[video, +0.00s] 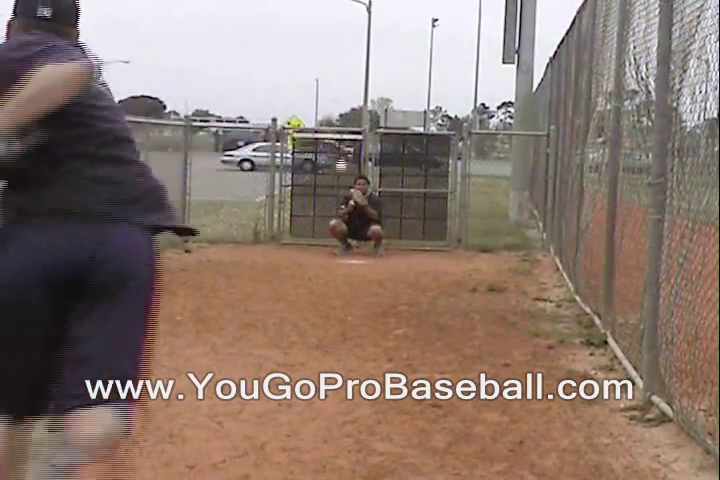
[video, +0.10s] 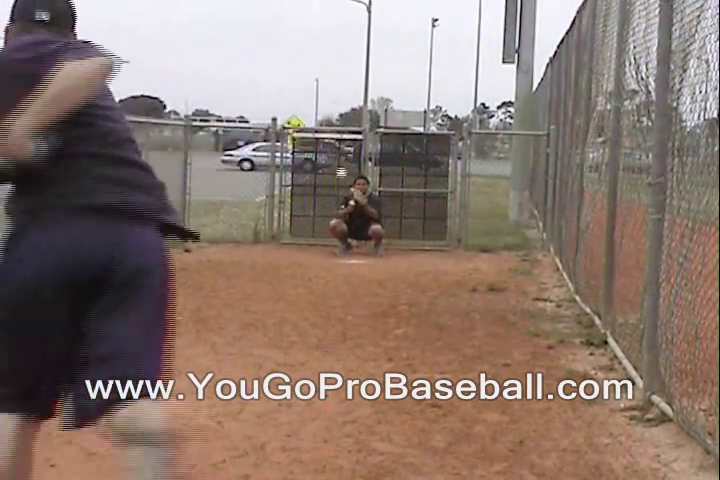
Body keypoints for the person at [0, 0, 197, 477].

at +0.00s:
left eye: (10, 19)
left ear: (14, 22)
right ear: (74, 29)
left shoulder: (13, 50)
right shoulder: (78, 57)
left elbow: (73, 70)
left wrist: (5, 117)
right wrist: (10, 115)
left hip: (34, 233)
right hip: (119, 233)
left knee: (17, 412)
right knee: (103, 404)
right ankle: (62, 455)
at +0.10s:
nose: (6, 29)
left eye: (10, 21)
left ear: (14, 24)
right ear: (68, 25)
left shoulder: (15, 53)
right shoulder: (81, 57)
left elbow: (95, 64)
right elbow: (99, 65)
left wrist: (24, 127)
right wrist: (24, 128)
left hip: (51, 235)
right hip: (134, 234)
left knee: (16, 412)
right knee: (135, 408)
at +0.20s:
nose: (10, 46)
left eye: (12, 38)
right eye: (13, 40)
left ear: (19, 37)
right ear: (67, 36)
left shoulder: (33, 57)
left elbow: (116, 71)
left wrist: (58, 142)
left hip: (82, 239)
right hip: (160, 239)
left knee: (29, 403)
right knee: (163, 398)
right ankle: (306, 433)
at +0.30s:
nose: (15, 52)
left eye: (17, 44)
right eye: (20, 45)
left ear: (23, 42)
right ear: (72, 39)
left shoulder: (39, 63)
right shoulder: (92, 74)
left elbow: (122, 80)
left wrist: (67, 150)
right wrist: (15, 185)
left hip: (95, 245)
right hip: (167, 241)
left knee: (37, 411)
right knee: (189, 399)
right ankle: (367, 440)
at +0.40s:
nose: (30, 56)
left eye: (33, 49)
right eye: (35, 50)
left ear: (42, 49)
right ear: (90, 48)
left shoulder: (54, 74)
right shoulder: (113, 94)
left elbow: (125, 99)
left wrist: (72, 176)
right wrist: (44, 213)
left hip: (120, 252)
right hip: (188, 245)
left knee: (52, 413)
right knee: (256, 398)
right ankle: (423, 462)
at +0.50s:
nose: (40, 62)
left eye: (44, 54)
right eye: (43, 54)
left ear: (57, 52)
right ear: (102, 52)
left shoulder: (63, 78)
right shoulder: (132, 99)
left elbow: (121, 108)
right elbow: (115, 208)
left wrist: (71, 183)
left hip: (126, 257)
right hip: (200, 248)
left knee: (63, 417)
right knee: (272, 401)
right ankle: (429, 472)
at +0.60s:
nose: (64, 70)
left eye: (65, 64)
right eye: (68, 62)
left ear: (70, 64)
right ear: (125, 64)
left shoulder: (84, 88)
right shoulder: (154, 108)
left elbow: (127, 128)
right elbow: (102, 235)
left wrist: (84, 195)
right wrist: (49, 313)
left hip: (155, 265)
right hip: (230, 256)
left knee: (84, 423)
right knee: (284, 403)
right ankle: (380, 470)